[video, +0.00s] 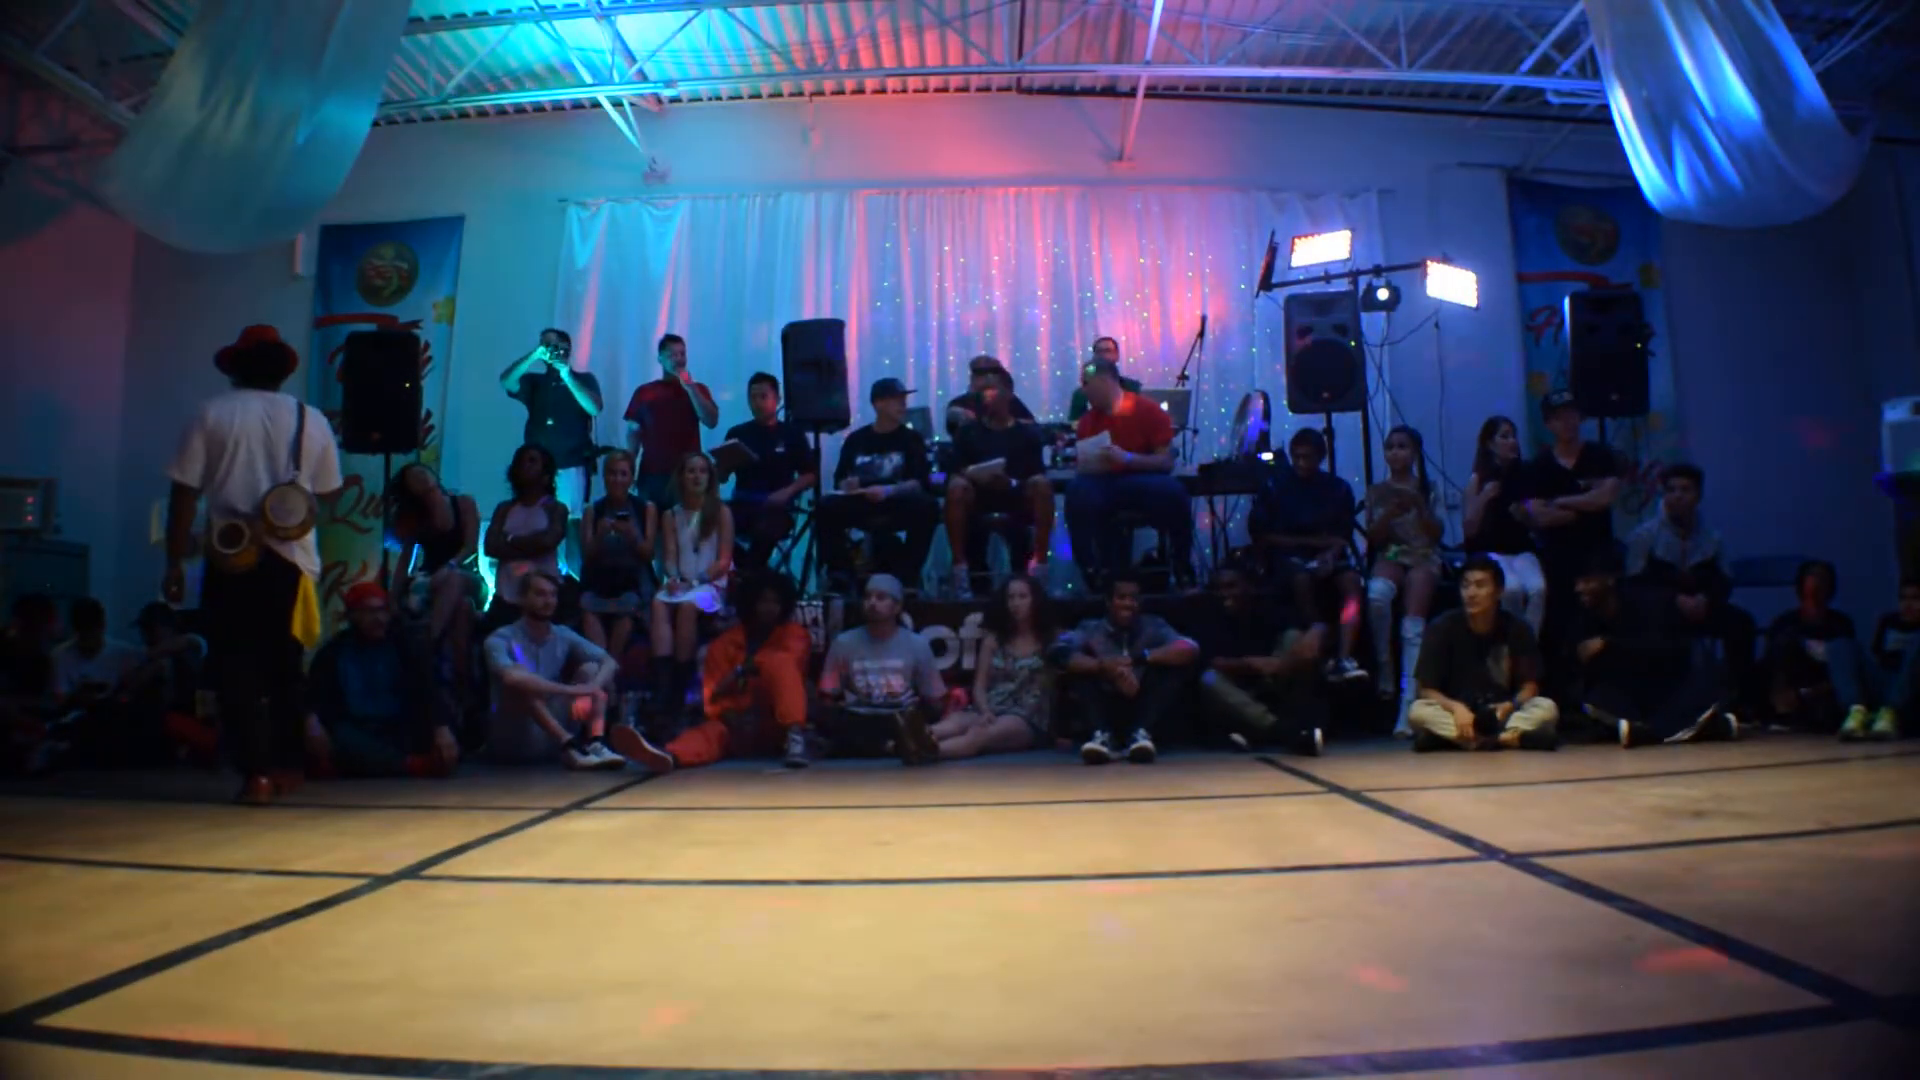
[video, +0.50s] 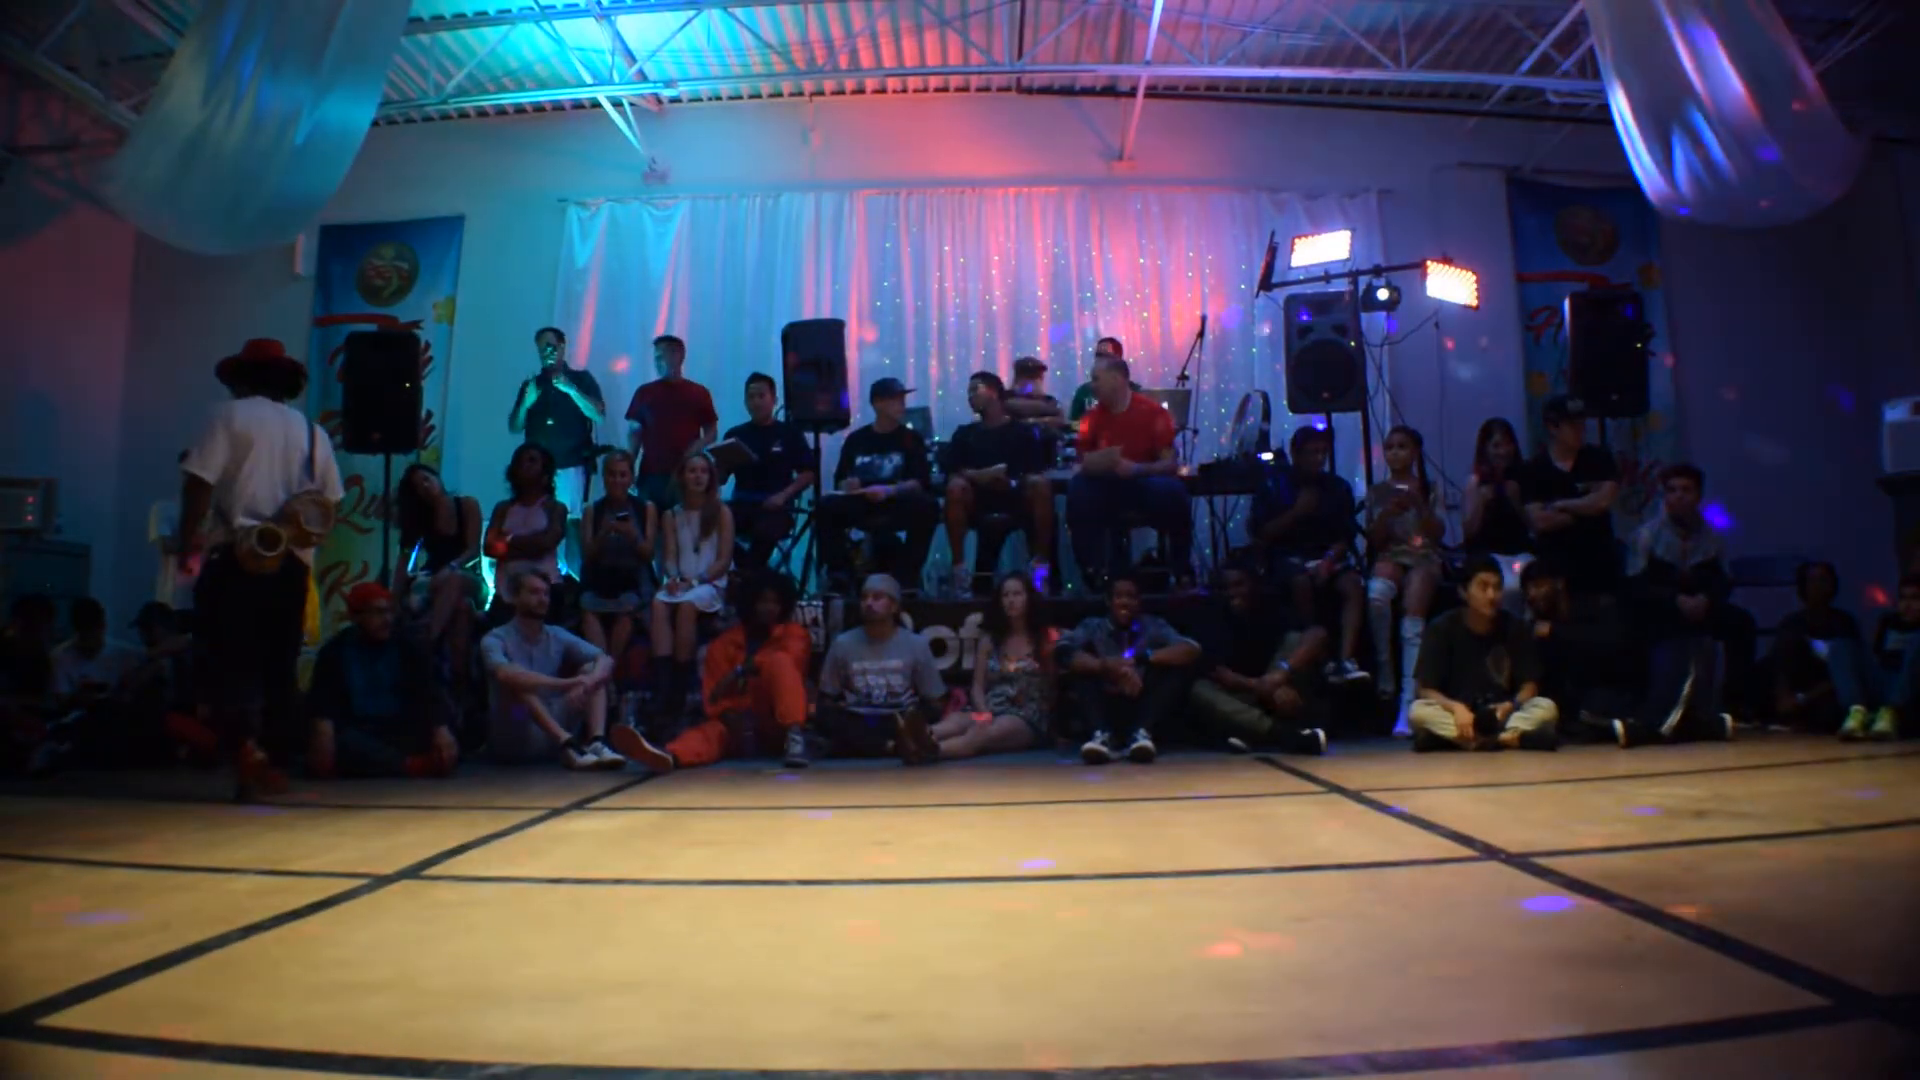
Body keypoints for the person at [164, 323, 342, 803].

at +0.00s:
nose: (234, 373)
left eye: (235, 366)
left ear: (234, 369)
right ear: (283, 371)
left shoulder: (214, 415)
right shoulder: (310, 420)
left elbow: (184, 495)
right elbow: (330, 493)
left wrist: (174, 564)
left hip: (229, 565)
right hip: (289, 566)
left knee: (234, 668)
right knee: (284, 666)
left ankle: (254, 772)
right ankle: (285, 766)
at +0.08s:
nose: (234, 377)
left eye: (235, 370)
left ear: (234, 373)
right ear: (282, 375)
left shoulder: (216, 417)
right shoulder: (310, 422)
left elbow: (187, 494)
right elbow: (332, 496)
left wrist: (178, 563)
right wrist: (291, 507)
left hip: (229, 566)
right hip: (288, 567)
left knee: (233, 667)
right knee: (282, 666)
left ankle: (254, 770)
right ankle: (278, 764)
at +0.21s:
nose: (238, 379)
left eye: (239, 372)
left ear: (238, 375)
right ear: (285, 377)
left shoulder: (221, 417)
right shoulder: (312, 426)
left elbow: (193, 490)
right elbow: (337, 497)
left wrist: (184, 559)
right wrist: (296, 512)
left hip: (229, 565)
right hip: (287, 566)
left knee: (234, 665)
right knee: (281, 662)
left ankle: (253, 769)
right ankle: (275, 765)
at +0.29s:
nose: (239, 380)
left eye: (241, 374)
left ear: (241, 376)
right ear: (288, 379)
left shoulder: (224, 417)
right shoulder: (313, 427)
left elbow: (196, 487)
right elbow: (341, 496)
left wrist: (187, 557)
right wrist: (302, 510)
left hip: (230, 563)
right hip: (288, 565)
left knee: (232, 662)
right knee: (281, 660)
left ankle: (251, 764)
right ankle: (276, 763)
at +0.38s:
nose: (236, 382)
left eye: (239, 376)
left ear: (242, 378)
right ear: (289, 381)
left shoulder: (227, 417)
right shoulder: (315, 430)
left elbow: (197, 486)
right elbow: (341, 497)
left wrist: (187, 556)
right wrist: (300, 516)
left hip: (232, 563)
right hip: (289, 566)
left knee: (233, 660)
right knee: (281, 660)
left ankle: (250, 758)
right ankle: (273, 763)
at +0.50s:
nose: (233, 384)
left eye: (236, 378)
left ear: (241, 379)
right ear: (287, 383)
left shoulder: (229, 416)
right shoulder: (312, 433)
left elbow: (199, 481)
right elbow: (331, 500)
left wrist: (187, 542)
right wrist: (302, 531)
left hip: (232, 564)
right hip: (289, 568)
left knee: (228, 662)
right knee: (279, 665)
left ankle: (246, 761)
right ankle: (273, 763)